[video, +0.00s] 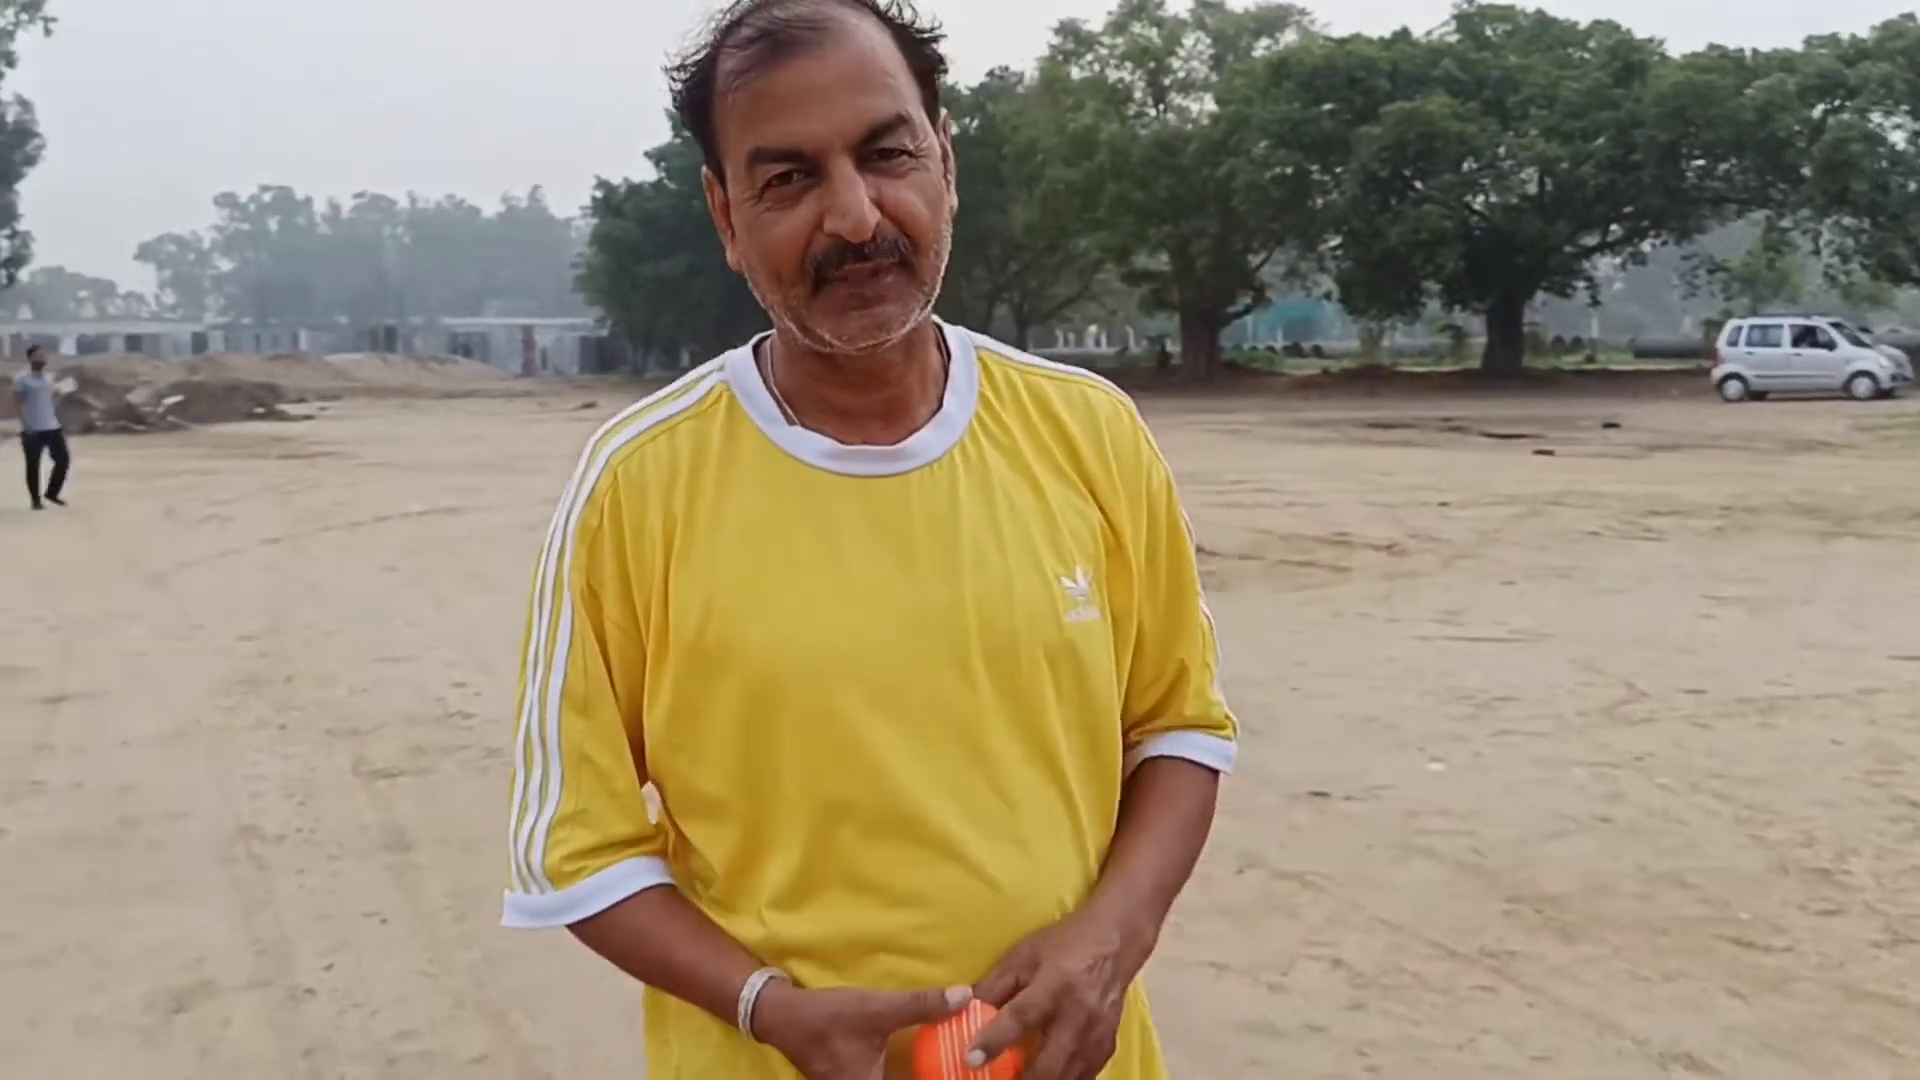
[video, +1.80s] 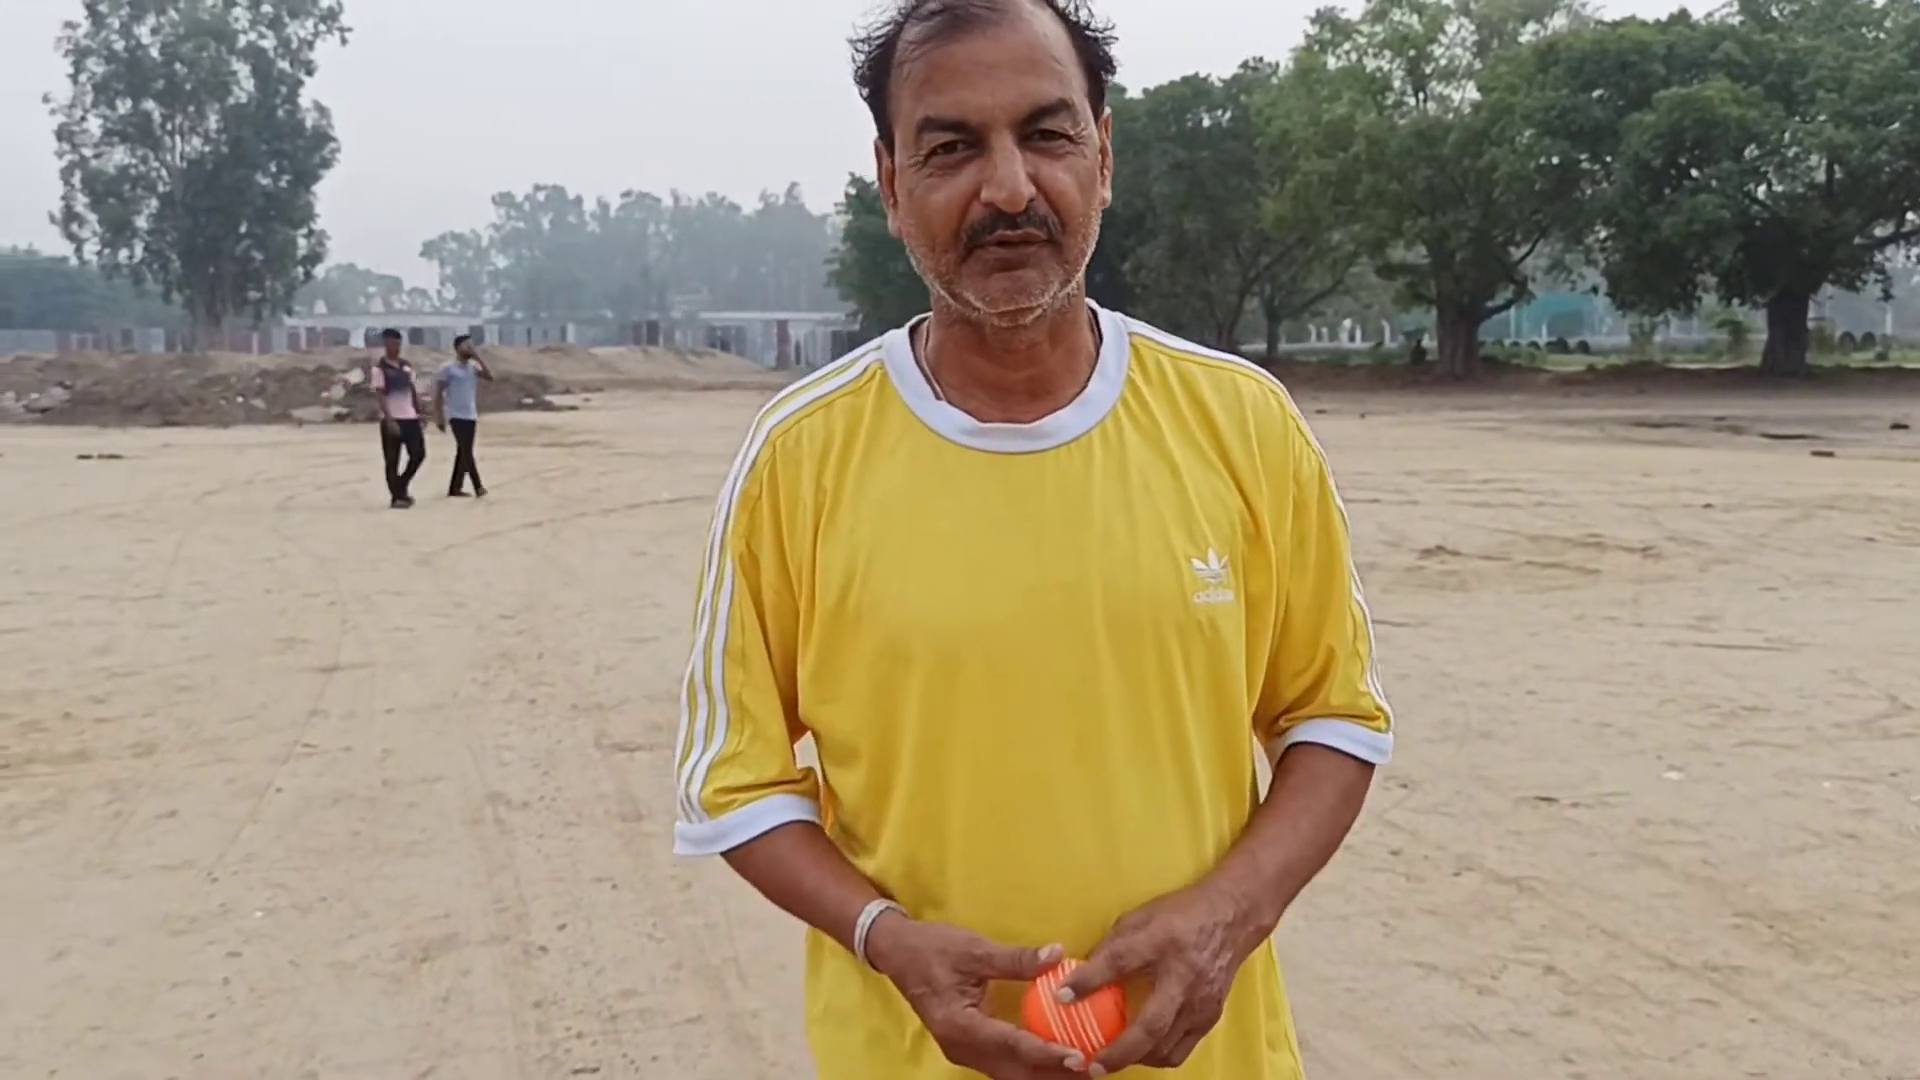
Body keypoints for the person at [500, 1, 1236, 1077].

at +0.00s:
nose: (854, 216)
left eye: (888, 153)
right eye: (790, 178)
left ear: (948, 169)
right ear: (726, 222)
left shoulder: (1091, 434)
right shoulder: (636, 483)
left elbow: (1184, 725)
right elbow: (580, 850)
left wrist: (1112, 935)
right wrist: (776, 1008)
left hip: (1078, 1050)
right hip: (763, 1056)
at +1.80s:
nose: (1009, 187)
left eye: (1048, 134)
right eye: (953, 147)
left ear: (1104, 163)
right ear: (890, 192)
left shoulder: (1244, 423)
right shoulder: (798, 454)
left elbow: (1340, 718)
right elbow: (731, 778)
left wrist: (1228, 908)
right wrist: (883, 935)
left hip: (1214, 1051)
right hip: (908, 1055)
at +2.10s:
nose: (1114, 209)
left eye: (1153, 155)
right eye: (1059, 166)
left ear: (1203, 168)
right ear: (991, 195)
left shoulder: (1334, 420)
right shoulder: (897, 450)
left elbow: (1426, 708)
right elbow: (822, 771)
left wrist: (1351, 875)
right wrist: (993, 906)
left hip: (1303, 1046)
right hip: (1011, 1053)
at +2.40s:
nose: (1223, 259)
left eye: (1263, 204)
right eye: (1169, 214)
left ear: (1306, 183)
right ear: (1092, 203)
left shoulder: (1424, 421)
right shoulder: (996, 444)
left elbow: (1528, 699)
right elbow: (907, 771)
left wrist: (1478, 808)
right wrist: (1091, 831)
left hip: (1389, 1045)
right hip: (1102, 1049)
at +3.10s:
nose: (1292, 193)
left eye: (1327, 151)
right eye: (1239, 156)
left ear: (1370, 181)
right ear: (1171, 199)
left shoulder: (1480, 430)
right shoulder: (1062, 440)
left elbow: (1646, 726)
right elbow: (909, 707)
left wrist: (1569, 703)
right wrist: (1179, 688)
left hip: (1424, 1034)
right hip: (1148, 1037)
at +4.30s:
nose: (1262, 281)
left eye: (1302, 233)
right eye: (1204, 245)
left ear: (1360, 266)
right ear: (1146, 295)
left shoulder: (1485, 533)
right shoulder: (1031, 542)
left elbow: (1685, 870)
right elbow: (822, 819)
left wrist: (1535, 743)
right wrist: (1121, 772)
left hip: (1427, 1050)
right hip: (1110, 1048)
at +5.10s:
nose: (1156, 303)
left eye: (1190, 253)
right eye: (1099, 264)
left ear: (1241, 275)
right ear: (1034, 303)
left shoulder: (1345, 531)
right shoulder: (922, 537)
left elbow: (1538, 833)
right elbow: (738, 808)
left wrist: (1445, 759)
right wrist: (1045, 756)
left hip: (1300, 1057)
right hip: (999, 1059)